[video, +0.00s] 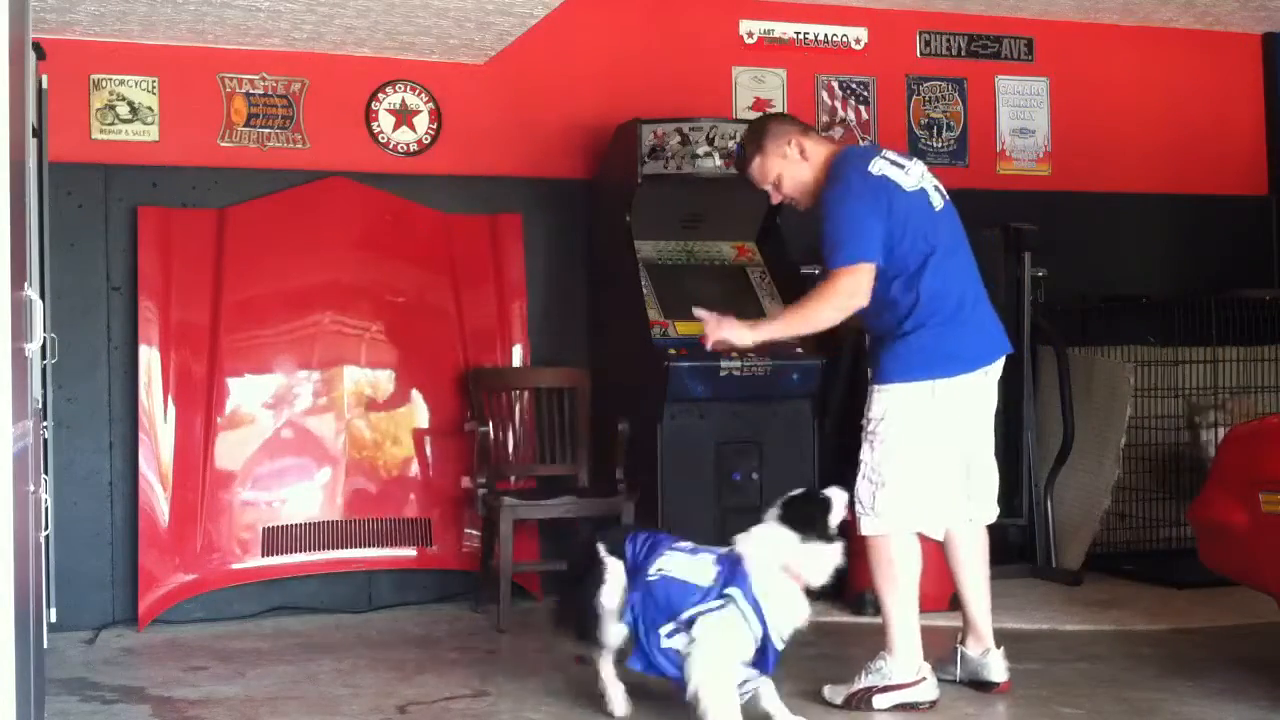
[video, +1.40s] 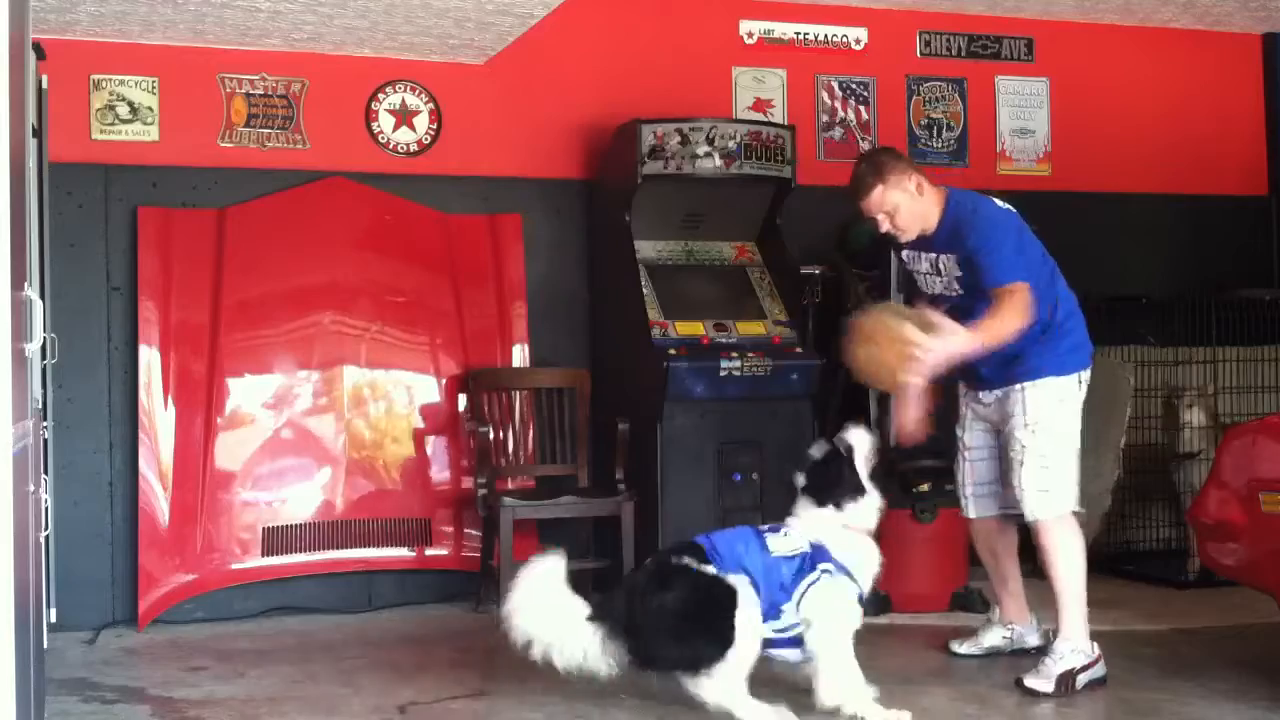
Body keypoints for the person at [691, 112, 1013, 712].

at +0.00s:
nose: (778, 199)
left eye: (773, 184)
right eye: (769, 191)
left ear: (798, 147)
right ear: (804, 142)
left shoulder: (852, 180)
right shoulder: (887, 161)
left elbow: (851, 288)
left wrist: (755, 330)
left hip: (920, 363)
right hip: (974, 351)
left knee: (883, 512)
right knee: (962, 509)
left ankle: (904, 664)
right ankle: (982, 648)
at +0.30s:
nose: (792, 179)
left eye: (787, 163)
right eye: (783, 171)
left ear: (813, 125)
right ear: (819, 124)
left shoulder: (862, 166)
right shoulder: (882, 153)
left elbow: (889, 256)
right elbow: (905, 257)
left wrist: (836, 351)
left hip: (918, 357)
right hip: (953, 350)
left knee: (895, 507)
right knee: (943, 498)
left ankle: (905, 663)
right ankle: (990, 630)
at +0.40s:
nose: (797, 177)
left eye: (794, 161)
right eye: (789, 169)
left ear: (820, 123)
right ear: (828, 121)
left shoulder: (870, 164)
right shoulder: (888, 153)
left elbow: (910, 250)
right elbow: (892, 262)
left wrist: (898, 362)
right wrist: (827, 297)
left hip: (924, 359)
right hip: (955, 355)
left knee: (900, 503)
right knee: (941, 496)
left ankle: (905, 663)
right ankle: (995, 621)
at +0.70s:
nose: (829, 191)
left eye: (827, 176)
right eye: (820, 184)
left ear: (856, 142)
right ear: (846, 152)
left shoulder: (926, 179)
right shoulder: (880, 204)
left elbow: (989, 258)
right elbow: (887, 299)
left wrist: (991, 364)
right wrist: (813, 308)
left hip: (962, 377)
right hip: (935, 376)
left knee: (927, 513)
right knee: (956, 511)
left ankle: (911, 665)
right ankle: (1008, 628)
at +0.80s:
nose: (840, 202)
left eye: (840, 186)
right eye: (831, 194)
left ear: (870, 154)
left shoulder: (944, 185)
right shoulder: (881, 223)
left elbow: (1002, 269)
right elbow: (881, 325)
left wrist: (986, 369)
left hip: (995, 375)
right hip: (942, 379)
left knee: (960, 511)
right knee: (963, 512)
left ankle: (930, 655)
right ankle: (1012, 634)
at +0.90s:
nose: (848, 210)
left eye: (849, 195)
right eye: (840, 201)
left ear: (878, 163)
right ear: (866, 176)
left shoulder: (953, 190)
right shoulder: (882, 227)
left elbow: (1005, 279)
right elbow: (896, 318)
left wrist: (978, 378)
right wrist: (889, 403)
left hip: (1014, 366)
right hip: (956, 371)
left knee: (986, 498)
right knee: (964, 502)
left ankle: (996, 642)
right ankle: (1008, 632)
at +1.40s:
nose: (883, 228)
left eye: (887, 213)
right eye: (875, 220)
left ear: (919, 185)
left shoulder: (986, 223)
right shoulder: (911, 242)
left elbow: (1018, 310)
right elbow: (924, 321)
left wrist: (949, 347)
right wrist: (912, 391)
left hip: (1042, 369)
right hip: (979, 378)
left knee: (1046, 502)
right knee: (983, 503)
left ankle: (1077, 644)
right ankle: (1015, 621)